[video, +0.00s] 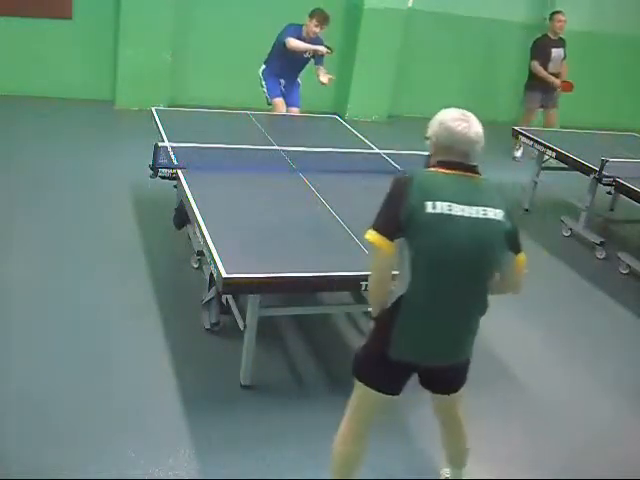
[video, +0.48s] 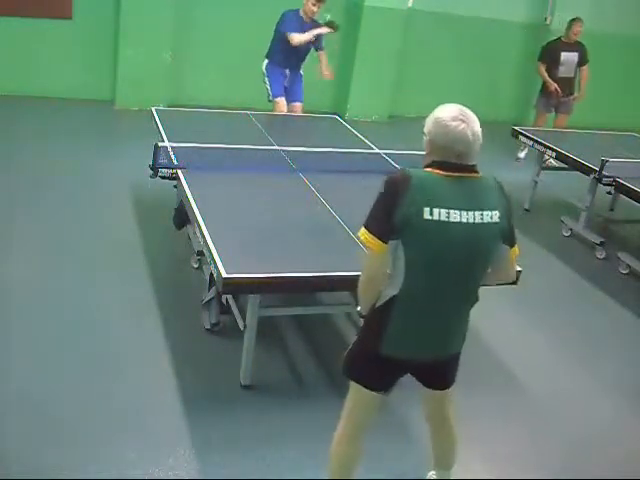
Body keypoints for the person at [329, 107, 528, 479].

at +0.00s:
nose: (426, 144)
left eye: (428, 139)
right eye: (427, 139)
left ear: (433, 146)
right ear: (477, 151)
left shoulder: (410, 186)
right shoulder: (495, 199)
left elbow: (381, 259)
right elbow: (512, 280)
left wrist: (380, 311)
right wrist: (472, 284)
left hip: (405, 330)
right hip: (456, 336)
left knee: (358, 417)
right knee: (450, 411)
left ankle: (341, 474)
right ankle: (456, 472)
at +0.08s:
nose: (417, 145)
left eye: (418, 140)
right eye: (419, 139)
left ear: (425, 146)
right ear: (469, 151)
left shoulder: (401, 185)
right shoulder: (487, 199)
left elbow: (373, 265)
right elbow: (506, 279)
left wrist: (374, 311)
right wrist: (464, 284)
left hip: (398, 329)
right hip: (451, 335)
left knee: (354, 420)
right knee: (446, 413)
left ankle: (338, 474)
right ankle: (453, 472)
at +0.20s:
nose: (409, 142)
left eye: (411, 138)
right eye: (413, 137)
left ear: (416, 146)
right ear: (463, 149)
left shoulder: (393, 184)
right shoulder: (483, 192)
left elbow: (368, 267)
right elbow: (503, 276)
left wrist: (369, 312)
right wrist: (463, 286)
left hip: (395, 331)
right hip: (448, 335)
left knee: (352, 425)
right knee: (438, 418)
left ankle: (337, 475)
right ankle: (441, 474)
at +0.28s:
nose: (410, 143)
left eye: (412, 139)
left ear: (417, 147)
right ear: (464, 149)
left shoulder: (396, 184)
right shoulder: (483, 193)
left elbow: (368, 268)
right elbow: (502, 275)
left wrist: (370, 315)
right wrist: (460, 282)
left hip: (395, 332)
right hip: (448, 336)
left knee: (351, 425)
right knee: (439, 420)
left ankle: (337, 475)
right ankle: (441, 474)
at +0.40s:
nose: (417, 143)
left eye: (419, 138)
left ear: (424, 146)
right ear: (472, 149)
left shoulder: (401, 184)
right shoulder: (491, 193)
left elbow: (372, 269)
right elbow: (503, 272)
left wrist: (369, 314)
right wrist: (465, 278)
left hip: (395, 332)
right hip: (447, 335)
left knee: (352, 423)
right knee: (441, 415)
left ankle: (337, 475)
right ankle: (443, 474)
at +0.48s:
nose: (422, 140)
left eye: (424, 136)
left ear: (428, 143)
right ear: (475, 149)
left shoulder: (404, 186)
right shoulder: (494, 192)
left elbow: (374, 267)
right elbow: (506, 271)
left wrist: (366, 310)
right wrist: (464, 275)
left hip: (394, 331)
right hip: (447, 334)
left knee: (353, 423)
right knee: (441, 415)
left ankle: (338, 475)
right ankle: (442, 474)